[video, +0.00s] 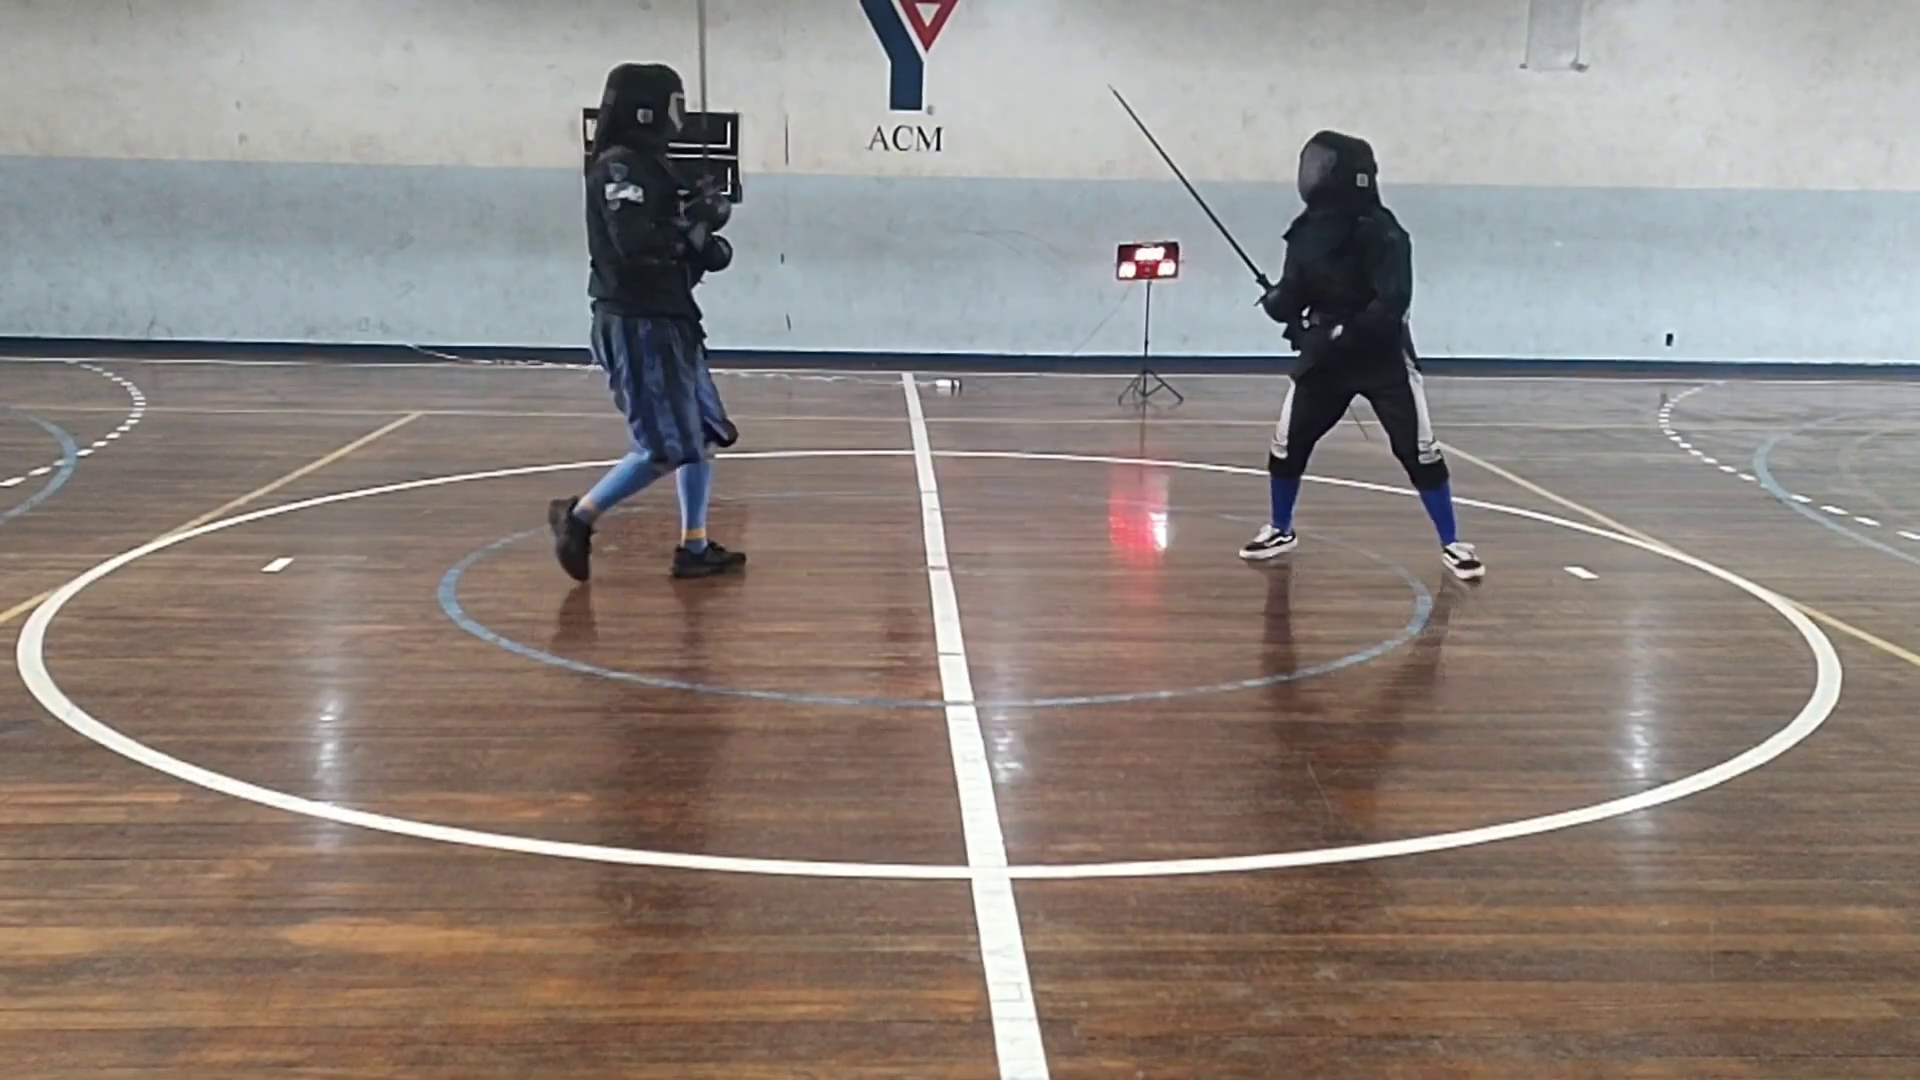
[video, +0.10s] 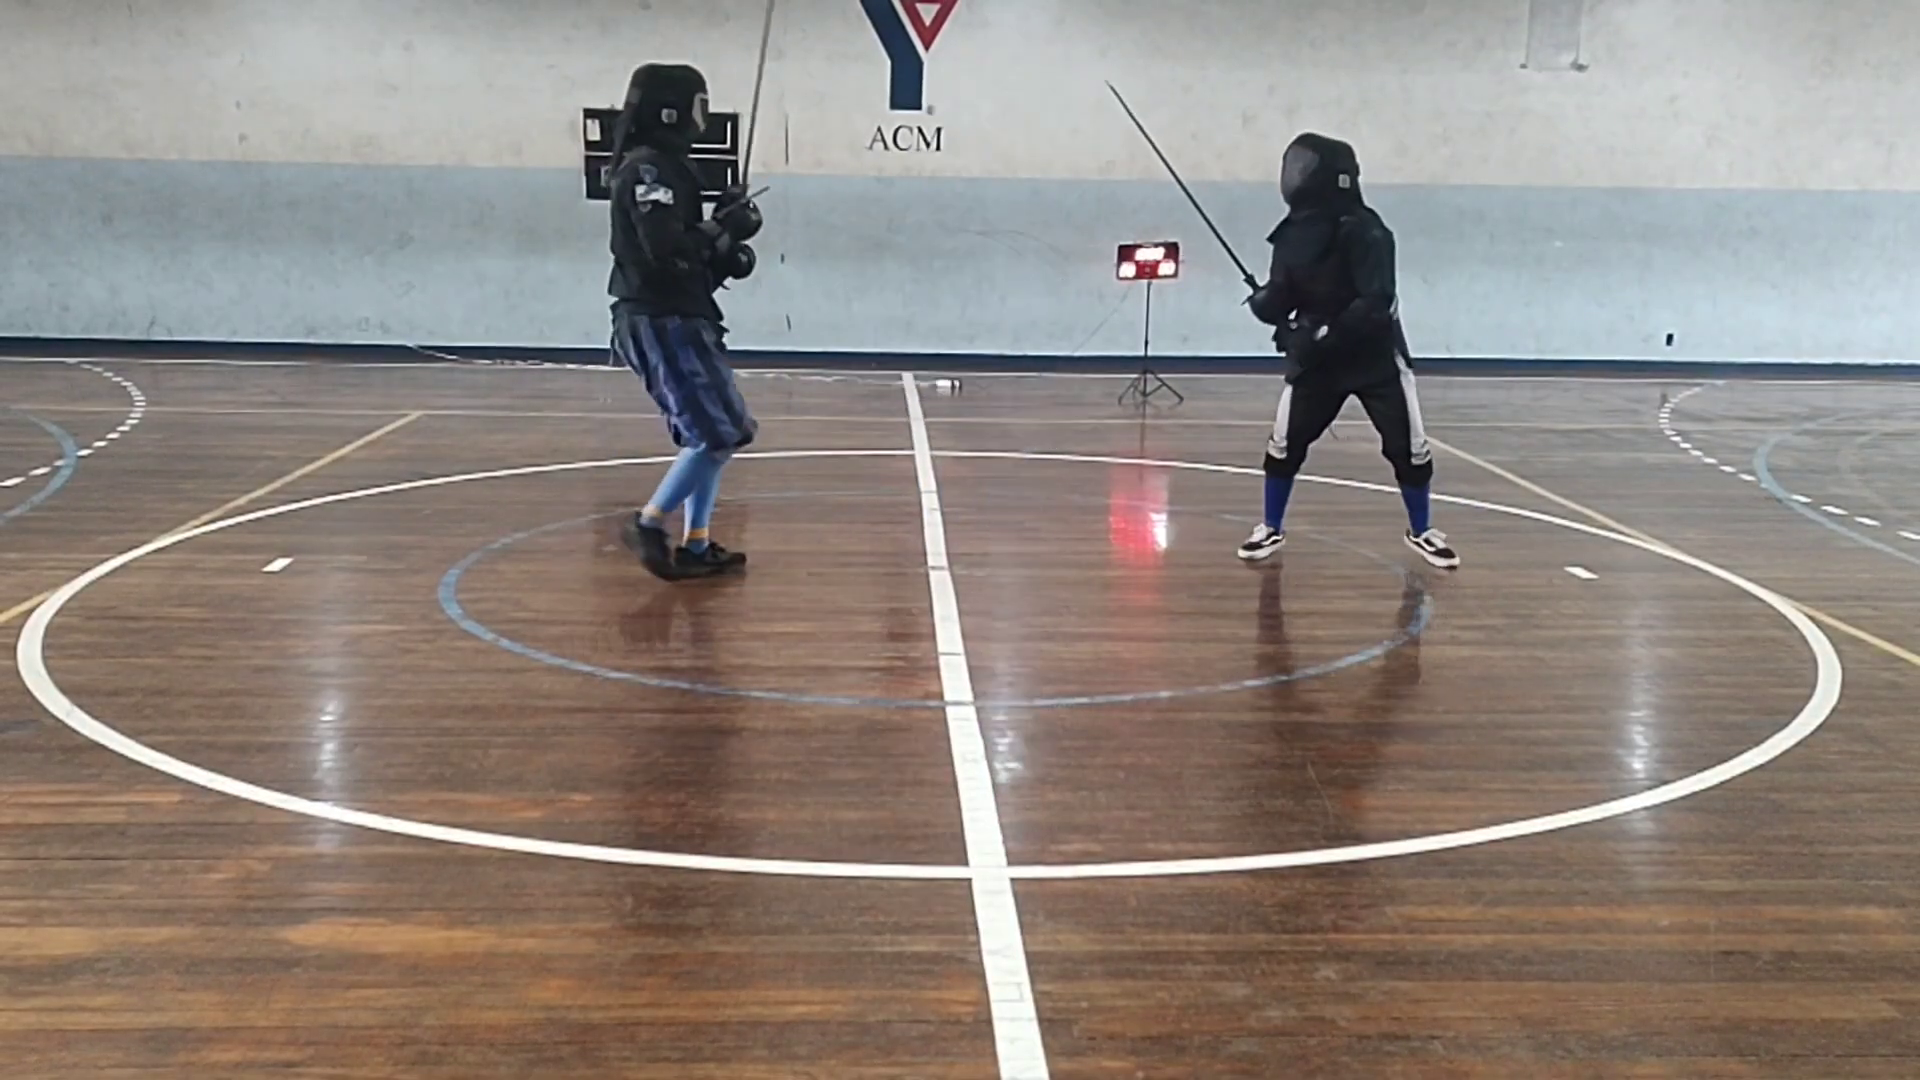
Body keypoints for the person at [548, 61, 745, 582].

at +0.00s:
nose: (678, 117)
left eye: (677, 107)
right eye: (671, 107)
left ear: (637, 111)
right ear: (644, 111)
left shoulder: (650, 165)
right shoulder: (619, 166)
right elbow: (636, 243)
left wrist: (702, 241)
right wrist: (694, 232)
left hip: (668, 318)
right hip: (634, 321)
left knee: (698, 437)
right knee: (668, 446)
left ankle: (695, 548)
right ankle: (578, 516)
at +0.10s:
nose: (701, 119)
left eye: (700, 108)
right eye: (694, 108)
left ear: (660, 110)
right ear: (668, 111)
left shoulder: (667, 166)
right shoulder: (649, 168)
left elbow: (679, 249)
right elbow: (668, 248)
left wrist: (720, 256)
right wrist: (721, 229)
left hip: (679, 315)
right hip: (657, 319)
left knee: (722, 433)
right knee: (717, 433)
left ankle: (695, 544)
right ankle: (650, 521)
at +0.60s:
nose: (812, 132)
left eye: (812, 122)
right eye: (809, 122)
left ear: (754, 121)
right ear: (790, 127)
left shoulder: (722, 175)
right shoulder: (778, 185)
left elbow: (741, 262)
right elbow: (803, 276)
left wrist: (810, 246)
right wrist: (831, 250)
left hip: (718, 327)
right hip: (772, 331)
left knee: (750, 438)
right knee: (832, 433)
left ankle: (720, 548)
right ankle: (848, 547)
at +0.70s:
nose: (831, 138)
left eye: (831, 128)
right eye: (829, 128)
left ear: (773, 124)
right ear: (811, 132)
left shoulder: (739, 175)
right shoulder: (796, 186)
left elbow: (756, 259)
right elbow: (813, 273)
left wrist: (831, 280)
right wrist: (850, 253)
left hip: (728, 327)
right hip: (785, 332)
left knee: (747, 444)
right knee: (859, 427)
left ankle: (715, 550)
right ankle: (861, 538)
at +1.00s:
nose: (901, 148)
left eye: (901, 138)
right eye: (898, 139)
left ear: (846, 136)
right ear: (880, 144)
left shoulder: (812, 187)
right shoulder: (869, 201)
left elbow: (828, 269)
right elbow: (892, 285)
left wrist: (904, 270)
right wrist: (925, 264)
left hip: (792, 333)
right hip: (853, 338)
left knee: (772, 445)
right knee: (932, 423)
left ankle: (716, 547)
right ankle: (940, 535)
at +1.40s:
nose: (957, 155)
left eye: (954, 145)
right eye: (954, 146)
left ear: (897, 142)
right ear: (943, 152)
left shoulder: (873, 187)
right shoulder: (944, 208)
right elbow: (1018, 262)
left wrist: (1020, 238)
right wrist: (1054, 236)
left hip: (849, 335)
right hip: (915, 342)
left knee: (802, 444)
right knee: (984, 438)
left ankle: (728, 533)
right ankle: (1006, 549)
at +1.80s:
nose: (973, 155)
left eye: (970, 145)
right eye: (970, 146)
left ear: (916, 142)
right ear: (959, 152)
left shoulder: (888, 184)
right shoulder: (958, 203)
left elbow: (963, 208)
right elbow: (1038, 236)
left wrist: (1014, 207)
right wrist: (1078, 213)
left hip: (864, 336)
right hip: (927, 343)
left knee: (816, 440)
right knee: (997, 437)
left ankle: (742, 530)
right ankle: (1008, 552)